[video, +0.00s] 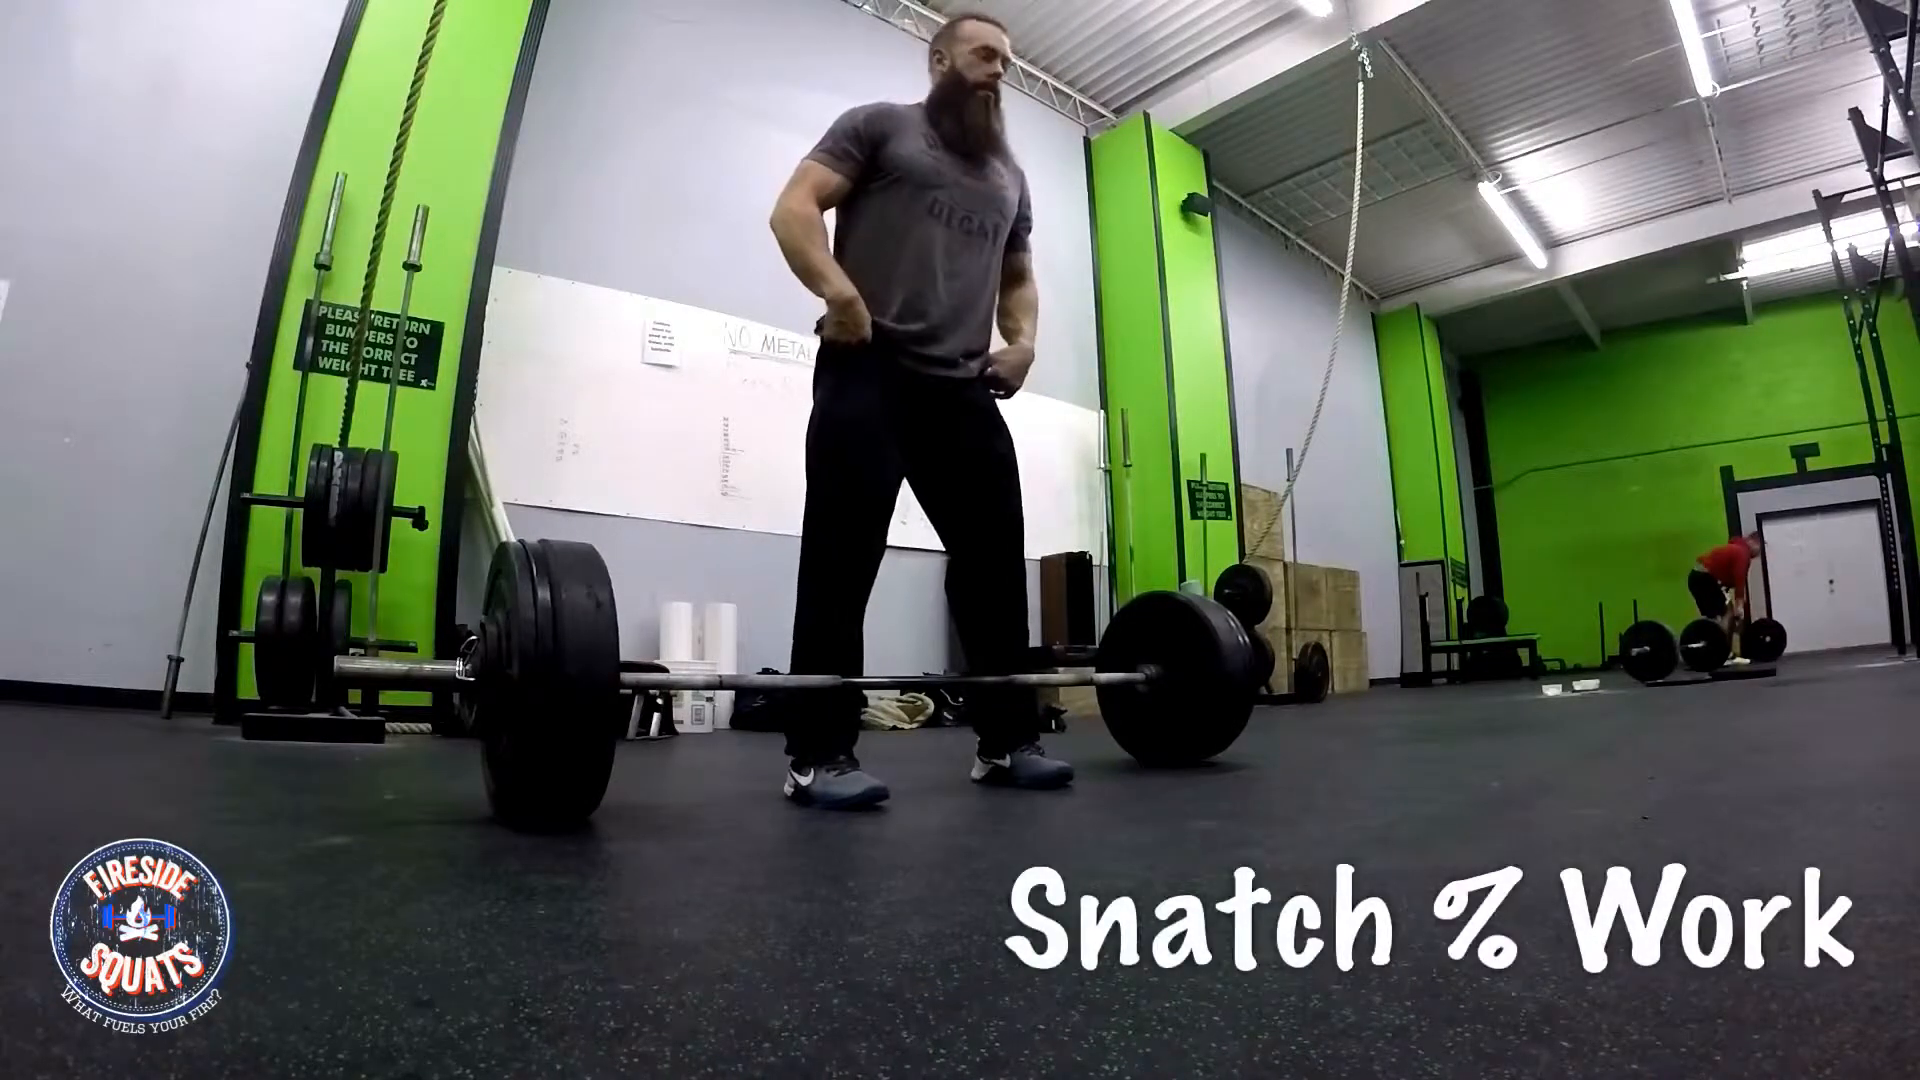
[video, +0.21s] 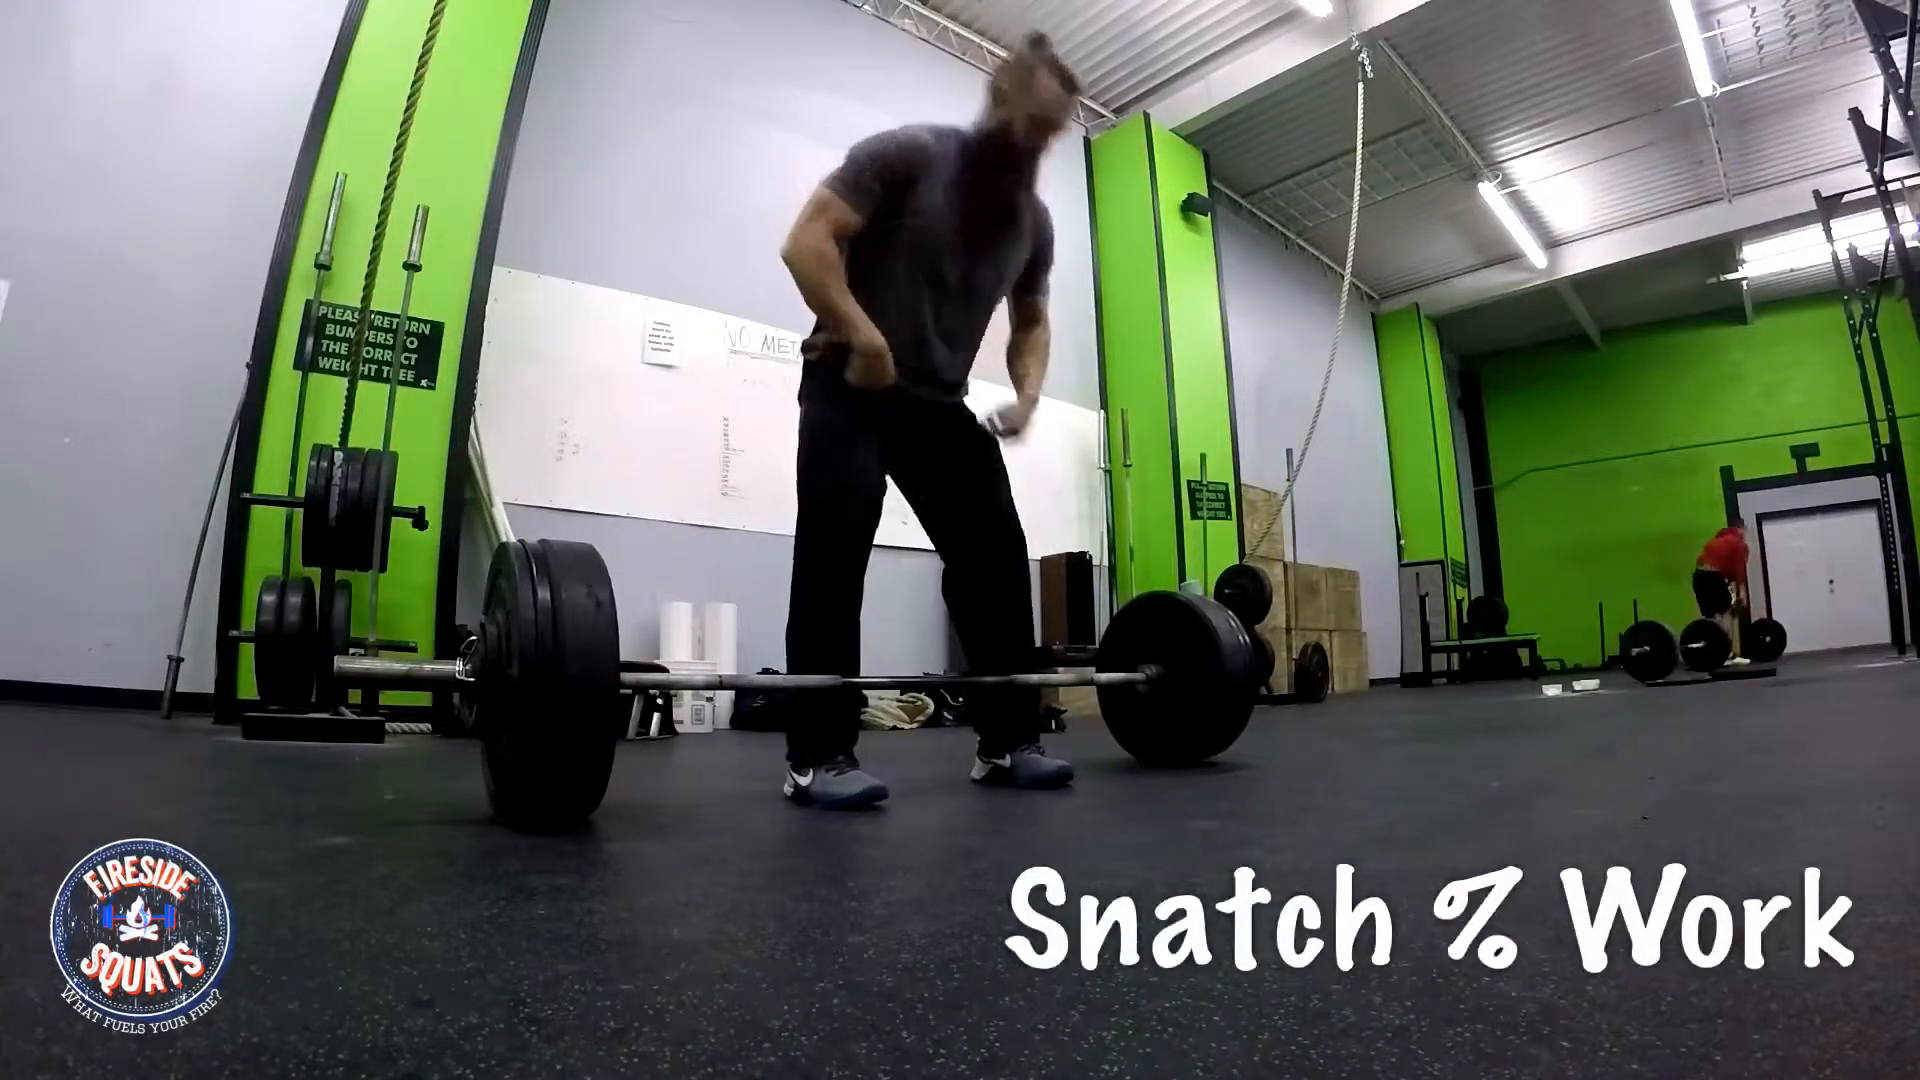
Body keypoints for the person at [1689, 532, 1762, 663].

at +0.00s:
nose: (1758, 553)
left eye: (1760, 549)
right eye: (1758, 548)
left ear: (1750, 541)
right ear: (1751, 541)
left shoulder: (1736, 549)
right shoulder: (1741, 552)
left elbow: (1739, 581)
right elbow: (1739, 580)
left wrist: (1739, 605)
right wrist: (1739, 606)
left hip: (1698, 575)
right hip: (1704, 577)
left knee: (1712, 616)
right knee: (1725, 614)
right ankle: (1723, 654)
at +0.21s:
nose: (1745, 534)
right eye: (1744, 531)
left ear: (1729, 530)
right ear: (1740, 530)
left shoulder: (1718, 539)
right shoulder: (1738, 544)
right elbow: (1739, 569)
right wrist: (1740, 593)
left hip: (1699, 573)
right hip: (1715, 574)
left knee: (1708, 615)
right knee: (1725, 613)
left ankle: (1710, 651)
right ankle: (1726, 652)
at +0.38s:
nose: (1728, 524)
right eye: (1728, 521)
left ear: (1714, 521)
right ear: (1728, 521)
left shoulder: (1706, 535)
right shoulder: (1732, 536)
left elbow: (1699, 559)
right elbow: (1738, 562)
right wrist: (1741, 585)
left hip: (1700, 573)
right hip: (1717, 573)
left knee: (1710, 614)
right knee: (1726, 611)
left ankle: (1711, 650)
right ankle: (1726, 650)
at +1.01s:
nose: (1728, 519)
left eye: (1725, 517)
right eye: (1730, 516)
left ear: (1718, 517)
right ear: (1731, 516)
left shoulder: (1710, 538)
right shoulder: (1741, 536)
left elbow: (1707, 559)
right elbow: (1751, 557)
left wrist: (1713, 570)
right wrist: (1747, 573)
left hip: (1719, 578)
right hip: (1740, 578)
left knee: (1720, 617)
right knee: (1745, 616)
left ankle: (1720, 654)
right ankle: (1746, 652)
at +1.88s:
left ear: (1720, 532)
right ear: (1734, 529)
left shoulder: (1718, 545)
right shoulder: (1743, 539)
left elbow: (1713, 570)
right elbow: (1756, 556)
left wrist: (1721, 579)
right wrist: (1758, 574)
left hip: (1728, 581)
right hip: (1745, 578)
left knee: (1731, 618)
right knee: (1745, 617)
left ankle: (1730, 654)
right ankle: (1747, 652)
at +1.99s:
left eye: (1724, 538)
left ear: (1724, 537)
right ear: (1738, 534)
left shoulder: (1721, 548)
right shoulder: (1748, 544)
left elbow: (1716, 566)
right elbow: (1758, 561)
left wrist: (1721, 580)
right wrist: (1759, 574)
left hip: (1731, 580)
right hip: (1750, 578)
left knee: (1732, 618)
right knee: (1763, 608)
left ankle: (1730, 653)